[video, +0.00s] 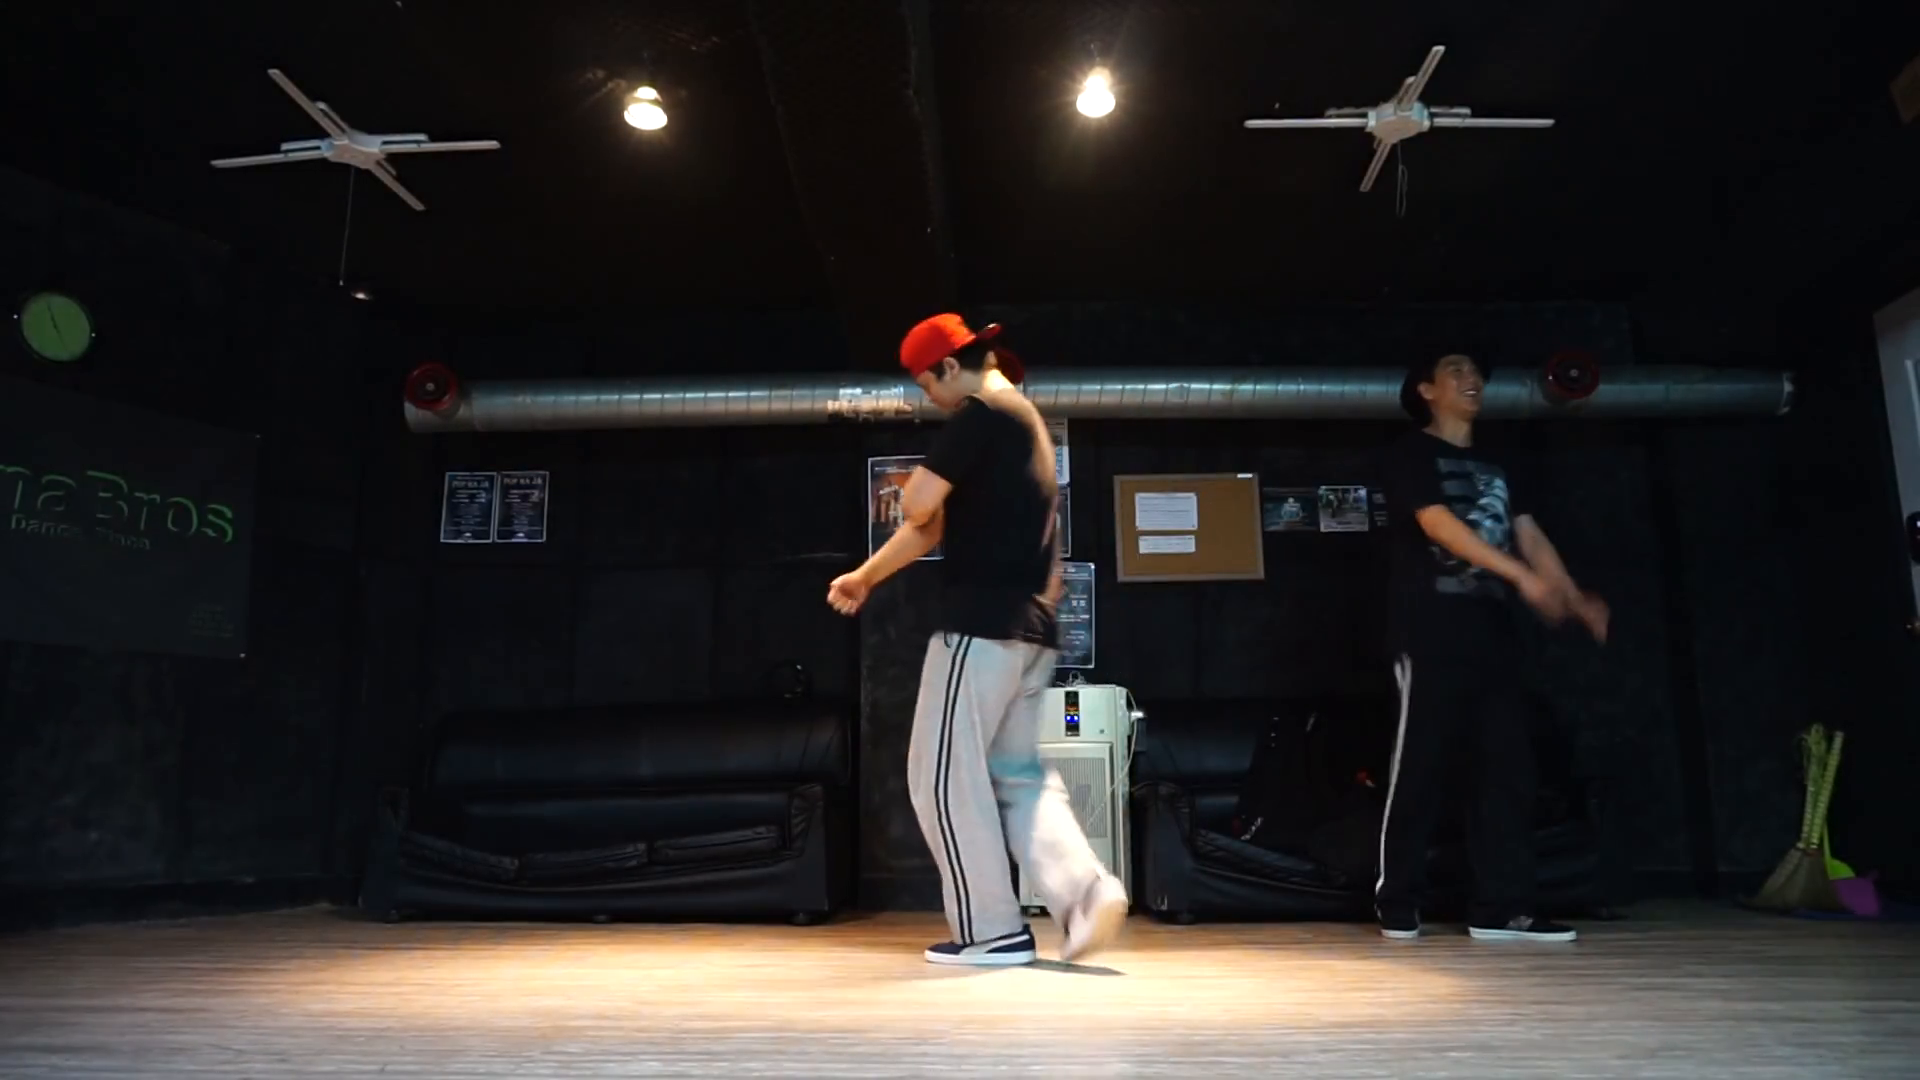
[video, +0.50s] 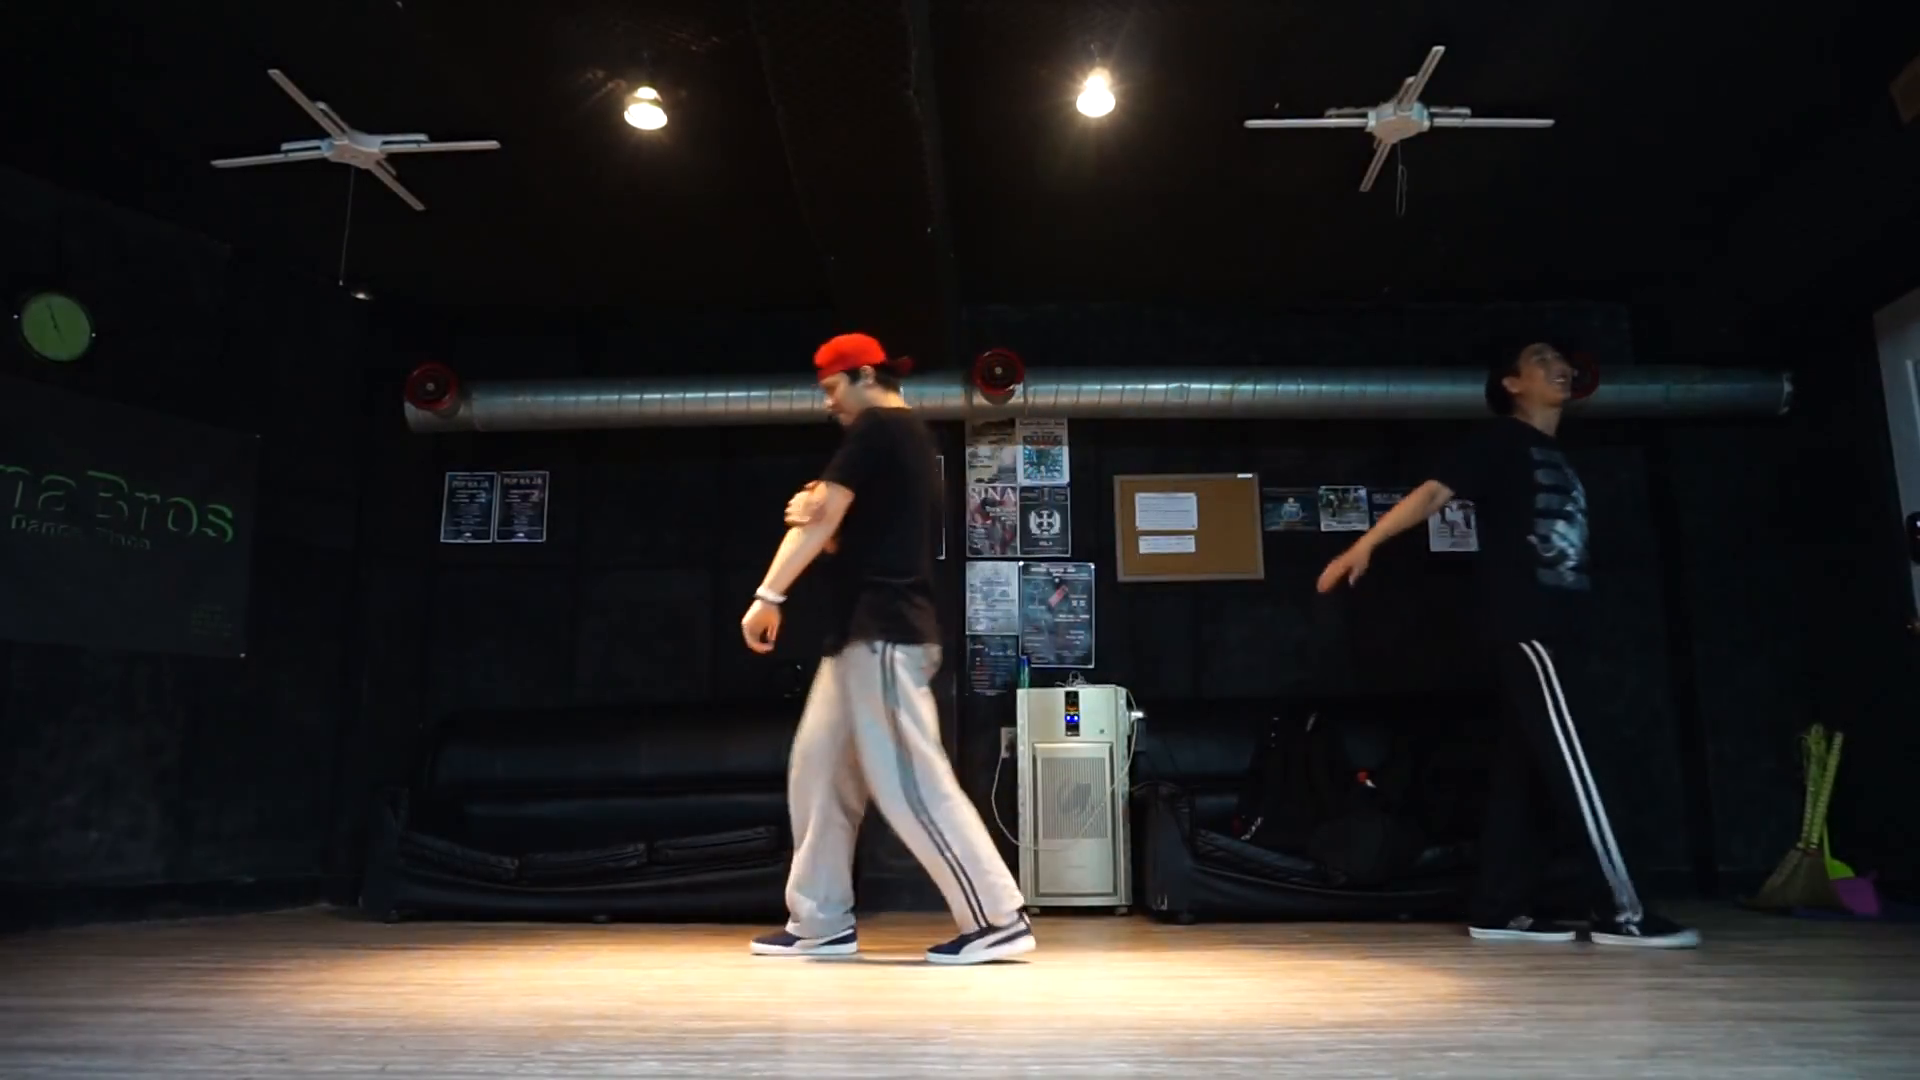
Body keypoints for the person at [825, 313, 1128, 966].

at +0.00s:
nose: (927, 400)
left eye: (925, 386)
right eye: (922, 389)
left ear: (946, 368)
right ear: (971, 361)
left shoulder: (976, 416)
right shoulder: (1023, 415)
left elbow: (917, 508)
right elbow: (933, 529)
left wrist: (916, 481)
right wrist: (866, 575)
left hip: (977, 624)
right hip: (1028, 624)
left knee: (942, 774)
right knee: (1015, 772)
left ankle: (992, 934)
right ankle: (1083, 891)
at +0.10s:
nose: (908, 396)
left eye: (909, 381)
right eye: (904, 385)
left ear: (936, 363)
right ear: (945, 362)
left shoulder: (964, 412)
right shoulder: (991, 414)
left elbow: (894, 495)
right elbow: (923, 526)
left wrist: (862, 546)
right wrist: (871, 592)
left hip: (963, 624)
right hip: (995, 622)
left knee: (937, 774)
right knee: (957, 763)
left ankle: (993, 933)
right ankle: (1046, 853)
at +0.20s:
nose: (892, 394)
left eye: (892, 380)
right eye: (888, 382)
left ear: (914, 364)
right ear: (940, 360)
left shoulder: (943, 409)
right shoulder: (978, 415)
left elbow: (872, 495)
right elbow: (919, 529)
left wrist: (818, 571)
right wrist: (853, 589)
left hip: (951, 622)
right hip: (961, 618)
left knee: (938, 777)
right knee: (879, 739)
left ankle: (996, 932)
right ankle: (992, 834)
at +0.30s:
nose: (872, 396)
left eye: (872, 383)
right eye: (868, 385)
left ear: (894, 368)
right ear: (920, 363)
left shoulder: (918, 410)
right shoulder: (958, 416)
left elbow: (856, 502)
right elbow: (913, 529)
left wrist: (806, 584)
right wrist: (820, 541)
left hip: (930, 622)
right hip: (936, 618)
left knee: (933, 770)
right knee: (847, 732)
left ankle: (1000, 930)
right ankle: (913, 874)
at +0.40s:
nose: (849, 397)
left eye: (851, 384)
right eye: (846, 386)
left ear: (877, 370)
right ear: (898, 369)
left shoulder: (890, 418)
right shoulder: (936, 423)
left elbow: (836, 508)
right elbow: (908, 537)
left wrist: (787, 589)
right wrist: (836, 513)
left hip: (908, 626)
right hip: (913, 625)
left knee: (926, 772)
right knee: (831, 753)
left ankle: (1001, 927)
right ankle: (840, 914)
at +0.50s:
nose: (826, 402)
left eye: (830, 388)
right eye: (824, 390)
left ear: (861, 378)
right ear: (869, 379)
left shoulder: (875, 430)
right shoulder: (904, 431)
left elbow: (820, 523)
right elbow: (876, 519)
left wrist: (768, 595)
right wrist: (817, 506)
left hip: (883, 636)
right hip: (860, 637)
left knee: (912, 781)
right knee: (817, 770)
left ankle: (998, 924)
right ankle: (821, 925)